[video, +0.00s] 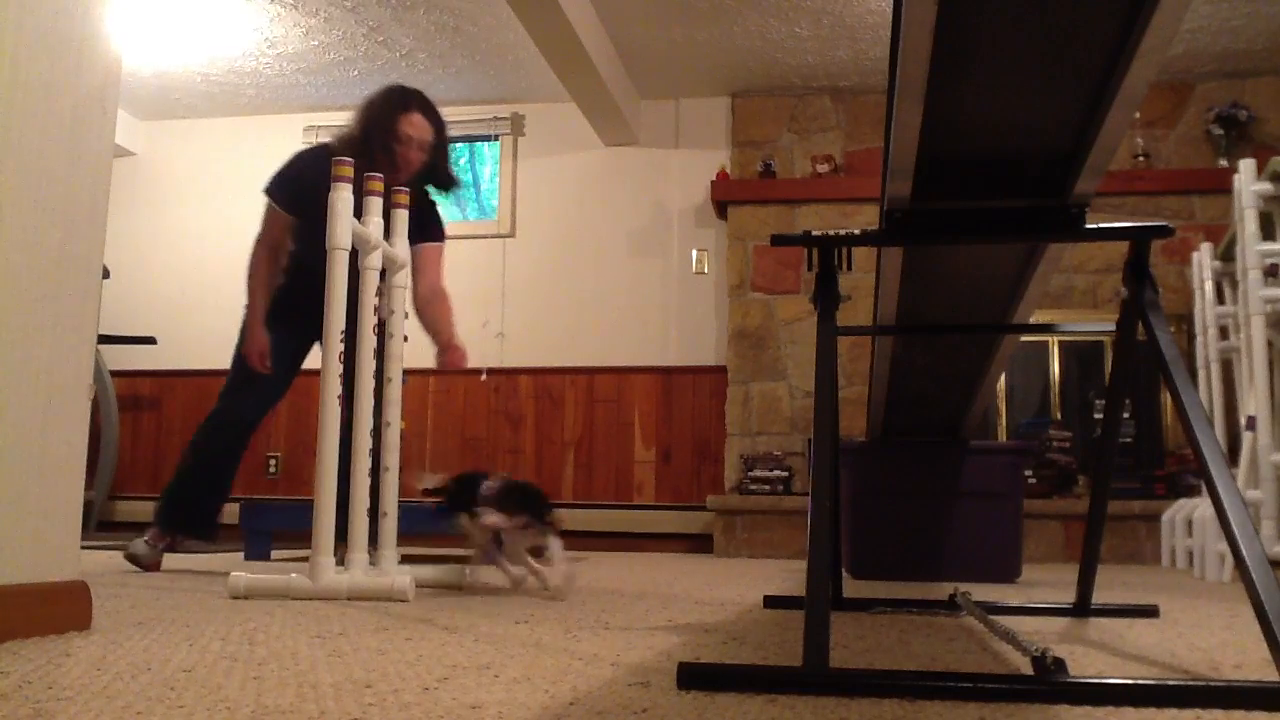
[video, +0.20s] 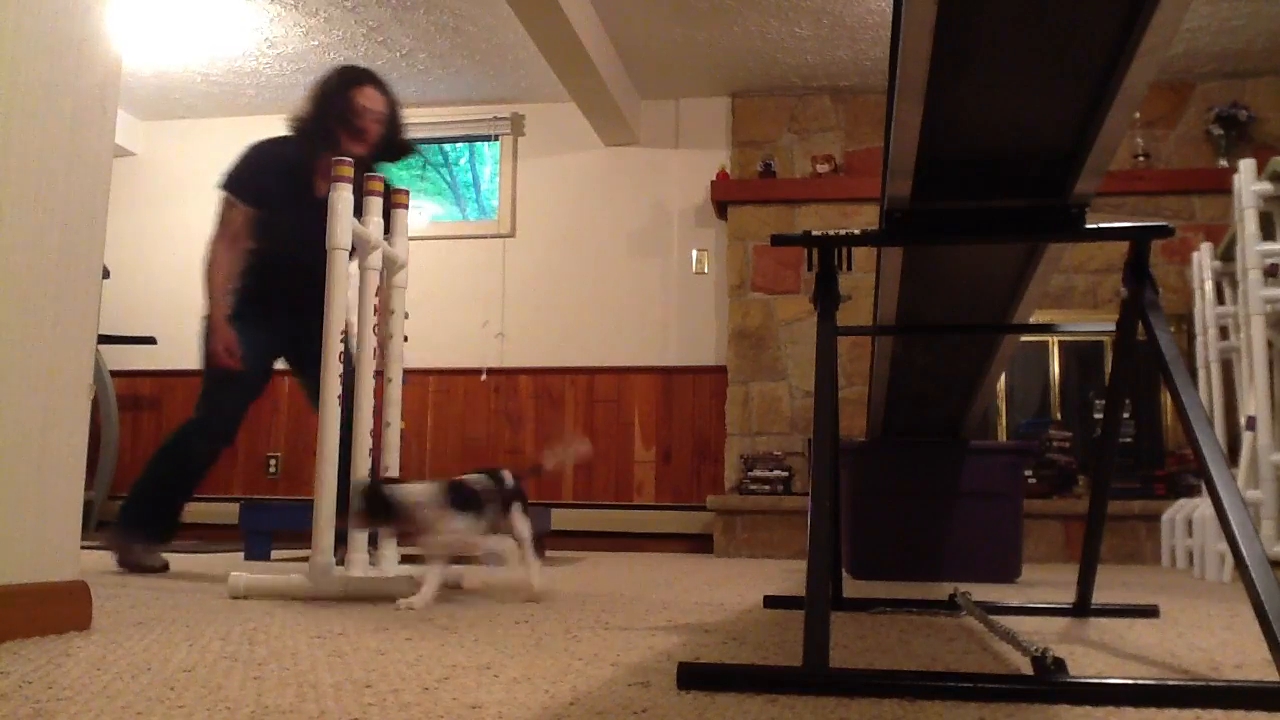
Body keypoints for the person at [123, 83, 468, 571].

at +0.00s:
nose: (413, 156)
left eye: (424, 147)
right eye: (404, 142)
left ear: (433, 151)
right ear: (377, 135)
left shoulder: (417, 206)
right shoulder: (317, 168)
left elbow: (430, 286)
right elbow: (269, 245)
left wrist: (446, 338)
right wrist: (256, 322)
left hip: (365, 310)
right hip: (298, 298)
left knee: (369, 422)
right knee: (240, 407)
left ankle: (356, 542)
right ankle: (170, 526)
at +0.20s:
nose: (366, 124)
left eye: (378, 117)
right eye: (357, 111)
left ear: (387, 128)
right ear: (331, 110)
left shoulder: (366, 185)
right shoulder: (271, 161)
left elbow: (380, 273)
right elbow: (229, 241)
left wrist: (375, 339)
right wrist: (219, 319)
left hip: (317, 314)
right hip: (254, 308)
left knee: (357, 418)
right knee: (216, 425)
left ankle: (357, 536)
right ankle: (137, 532)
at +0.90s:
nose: (288, 167)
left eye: (289, 156)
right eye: (286, 156)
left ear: (240, 144)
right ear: (266, 152)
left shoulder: (195, 177)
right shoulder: (253, 197)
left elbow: (152, 243)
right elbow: (266, 285)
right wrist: (298, 345)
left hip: (122, 302)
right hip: (167, 314)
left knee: (151, 420)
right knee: (163, 423)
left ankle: (137, 535)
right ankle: (117, 539)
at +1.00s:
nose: (285, 176)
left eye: (287, 166)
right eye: (284, 166)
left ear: (235, 151)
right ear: (271, 164)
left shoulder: (184, 186)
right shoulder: (259, 208)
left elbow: (146, 251)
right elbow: (265, 294)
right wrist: (285, 347)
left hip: (122, 306)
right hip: (177, 318)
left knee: (153, 420)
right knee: (186, 421)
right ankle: (138, 525)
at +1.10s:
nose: (285, 183)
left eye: (285, 175)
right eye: (284, 175)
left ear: (232, 156)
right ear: (274, 173)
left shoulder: (178, 190)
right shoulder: (263, 217)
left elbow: (142, 253)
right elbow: (259, 299)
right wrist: (257, 342)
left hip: (126, 307)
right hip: (189, 321)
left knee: (151, 422)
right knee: (208, 424)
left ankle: (149, 527)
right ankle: (175, 527)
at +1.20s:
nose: (279, 191)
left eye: (279, 183)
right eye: (279, 182)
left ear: (227, 162)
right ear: (273, 180)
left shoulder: (175, 193)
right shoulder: (266, 223)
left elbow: (150, 260)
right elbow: (246, 299)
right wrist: (225, 335)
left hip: (139, 318)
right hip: (203, 327)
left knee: (153, 427)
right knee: (217, 428)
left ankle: (157, 540)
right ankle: (212, 530)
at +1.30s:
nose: (282, 194)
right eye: (282, 186)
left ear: (230, 165)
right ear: (276, 183)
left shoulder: (177, 197)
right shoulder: (269, 226)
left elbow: (154, 263)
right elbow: (244, 300)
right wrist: (224, 339)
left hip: (146, 319)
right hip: (211, 327)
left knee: (154, 430)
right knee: (226, 429)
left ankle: (160, 541)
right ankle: (235, 536)